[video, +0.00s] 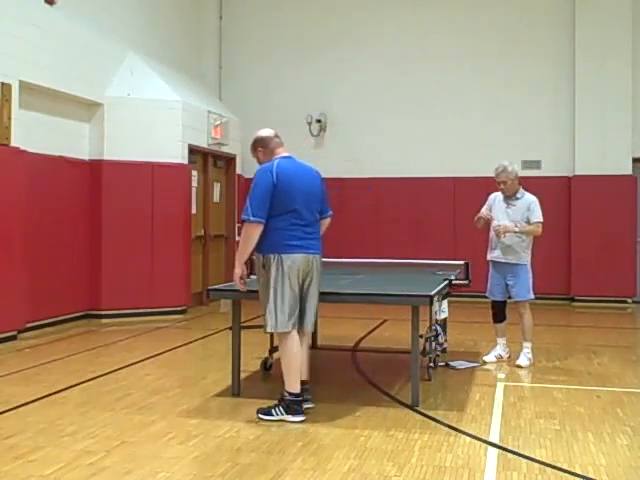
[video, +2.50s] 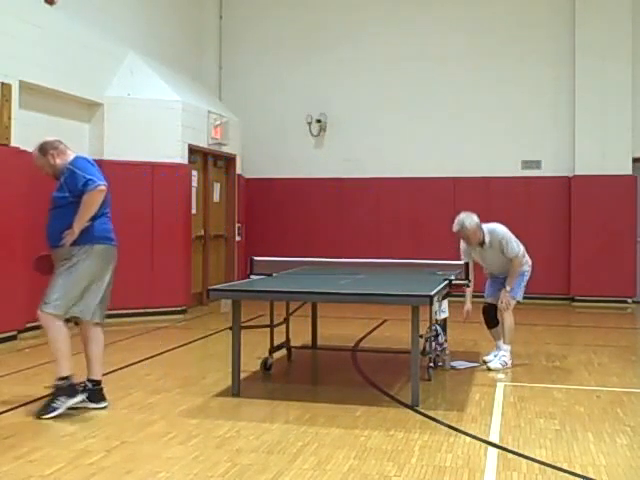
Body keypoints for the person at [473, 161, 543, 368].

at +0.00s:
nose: (501, 187)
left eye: (505, 183)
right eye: (499, 183)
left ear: (516, 181)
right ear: (497, 183)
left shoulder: (530, 201)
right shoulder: (494, 198)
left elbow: (537, 229)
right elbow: (481, 224)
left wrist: (513, 228)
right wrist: (482, 219)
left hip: (519, 261)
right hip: (497, 260)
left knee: (522, 305)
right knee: (497, 304)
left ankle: (526, 349)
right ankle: (501, 347)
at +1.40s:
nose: (483, 194)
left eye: (486, 189)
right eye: (481, 190)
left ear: (497, 184)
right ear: (479, 188)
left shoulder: (513, 203)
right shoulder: (478, 203)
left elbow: (523, 234)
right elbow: (470, 227)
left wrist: (500, 252)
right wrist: (474, 240)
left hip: (508, 263)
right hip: (487, 263)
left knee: (505, 303)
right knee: (491, 304)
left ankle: (513, 349)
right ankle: (500, 345)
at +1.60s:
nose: (476, 209)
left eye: (479, 206)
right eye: (474, 206)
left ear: (490, 200)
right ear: (473, 203)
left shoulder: (509, 212)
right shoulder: (474, 213)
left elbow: (518, 244)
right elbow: (472, 240)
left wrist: (504, 269)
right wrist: (473, 261)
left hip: (510, 263)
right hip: (489, 264)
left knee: (506, 305)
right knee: (489, 306)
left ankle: (506, 352)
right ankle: (499, 346)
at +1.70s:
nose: (471, 223)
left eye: (474, 220)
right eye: (470, 220)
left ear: (485, 214)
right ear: (469, 216)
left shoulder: (507, 222)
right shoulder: (471, 227)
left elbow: (519, 251)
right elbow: (470, 254)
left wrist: (507, 280)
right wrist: (469, 282)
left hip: (514, 267)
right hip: (492, 268)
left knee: (504, 306)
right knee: (488, 309)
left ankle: (506, 352)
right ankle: (500, 346)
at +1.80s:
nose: (470, 239)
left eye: (472, 235)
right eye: (468, 236)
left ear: (483, 229)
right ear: (466, 233)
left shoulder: (505, 232)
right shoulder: (469, 242)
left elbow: (522, 257)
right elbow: (467, 271)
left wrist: (509, 286)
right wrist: (464, 296)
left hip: (517, 271)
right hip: (495, 273)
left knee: (504, 307)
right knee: (488, 310)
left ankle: (506, 352)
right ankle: (499, 347)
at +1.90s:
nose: (470, 255)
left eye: (472, 251)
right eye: (468, 252)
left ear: (482, 244)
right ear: (465, 249)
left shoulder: (503, 241)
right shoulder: (469, 256)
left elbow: (525, 265)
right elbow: (466, 285)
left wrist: (510, 288)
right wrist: (460, 315)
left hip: (518, 274)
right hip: (496, 278)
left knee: (505, 308)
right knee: (488, 312)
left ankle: (506, 353)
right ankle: (500, 348)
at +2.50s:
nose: (465, 241)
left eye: (466, 237)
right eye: (463, 238)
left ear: (476, 229)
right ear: (462, 235)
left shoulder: (499, 233)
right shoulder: (466, 245)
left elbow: (517, 258)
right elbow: (469, 273)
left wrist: (507, 289)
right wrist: (468, 301)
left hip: (517, 269)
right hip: (496, 273)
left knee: (504, 307)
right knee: (489, 310)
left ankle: (506, 353)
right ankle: (499, 348)